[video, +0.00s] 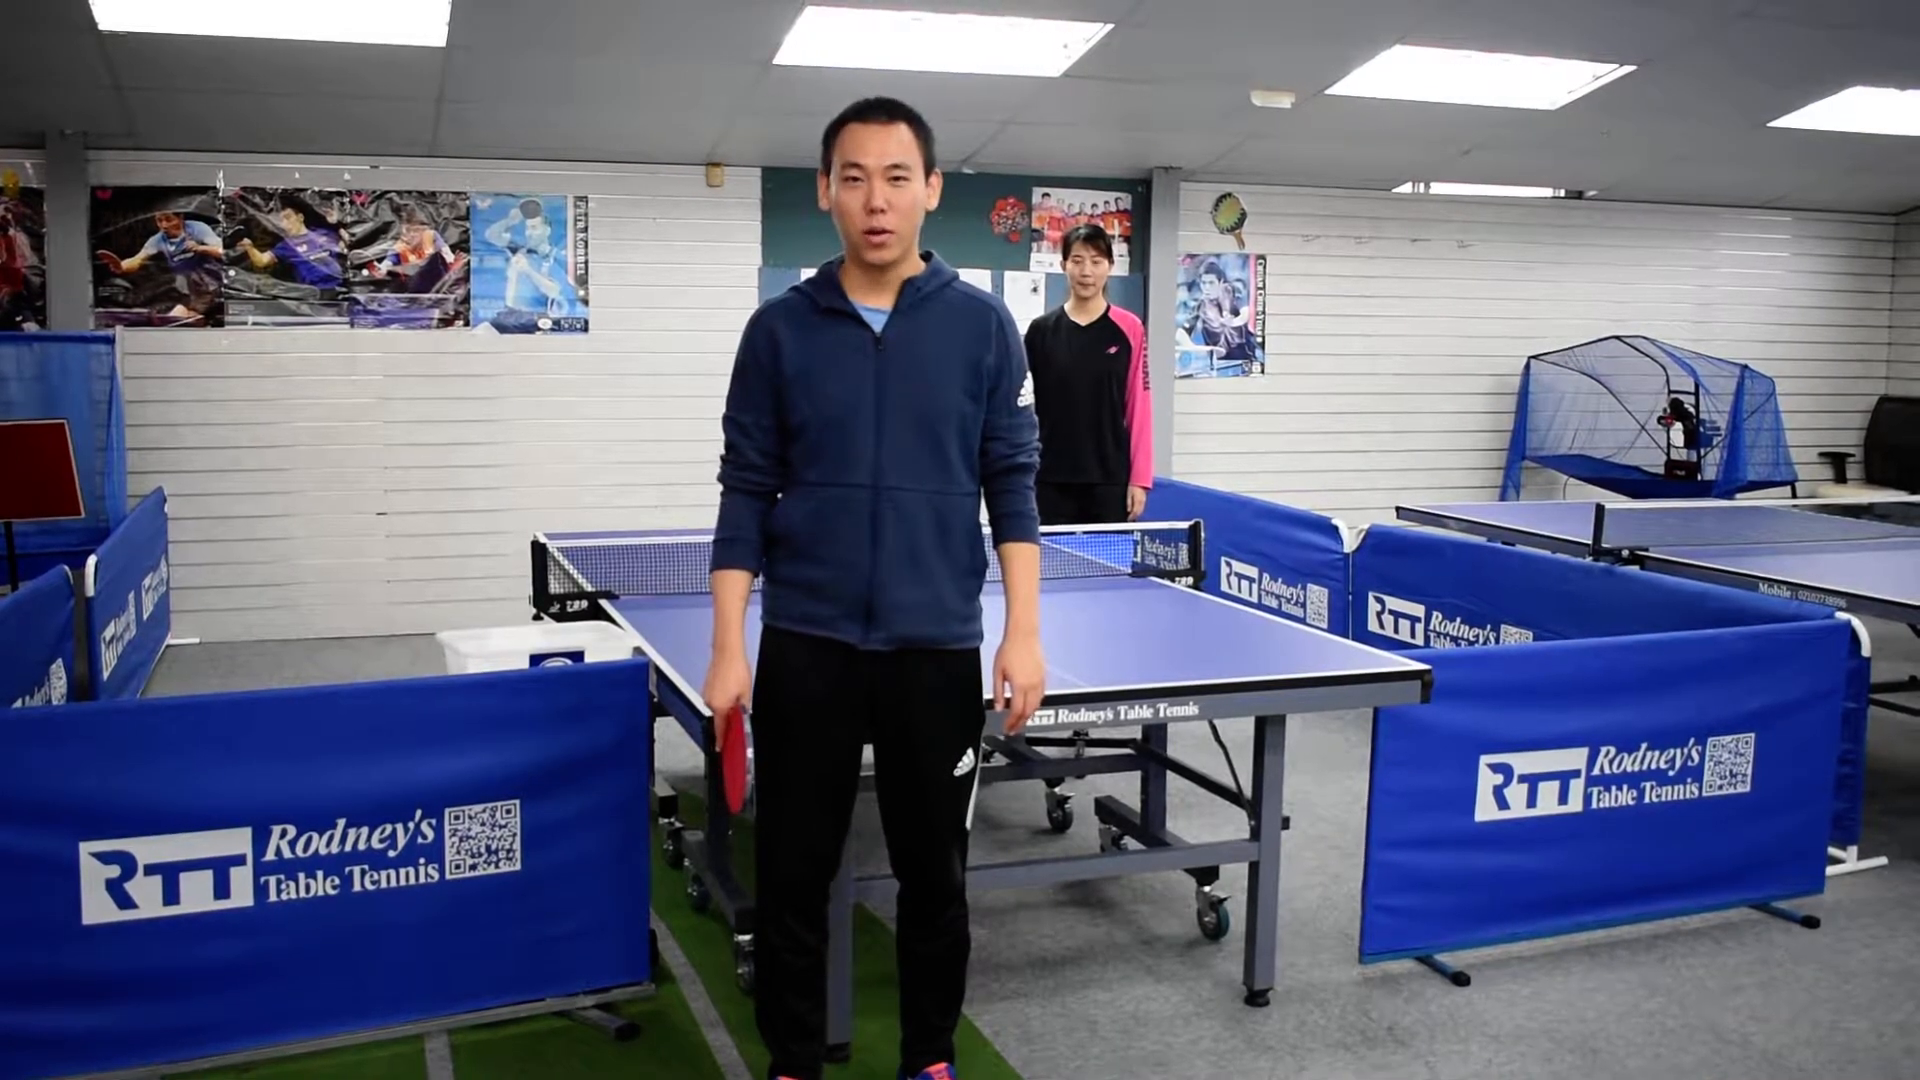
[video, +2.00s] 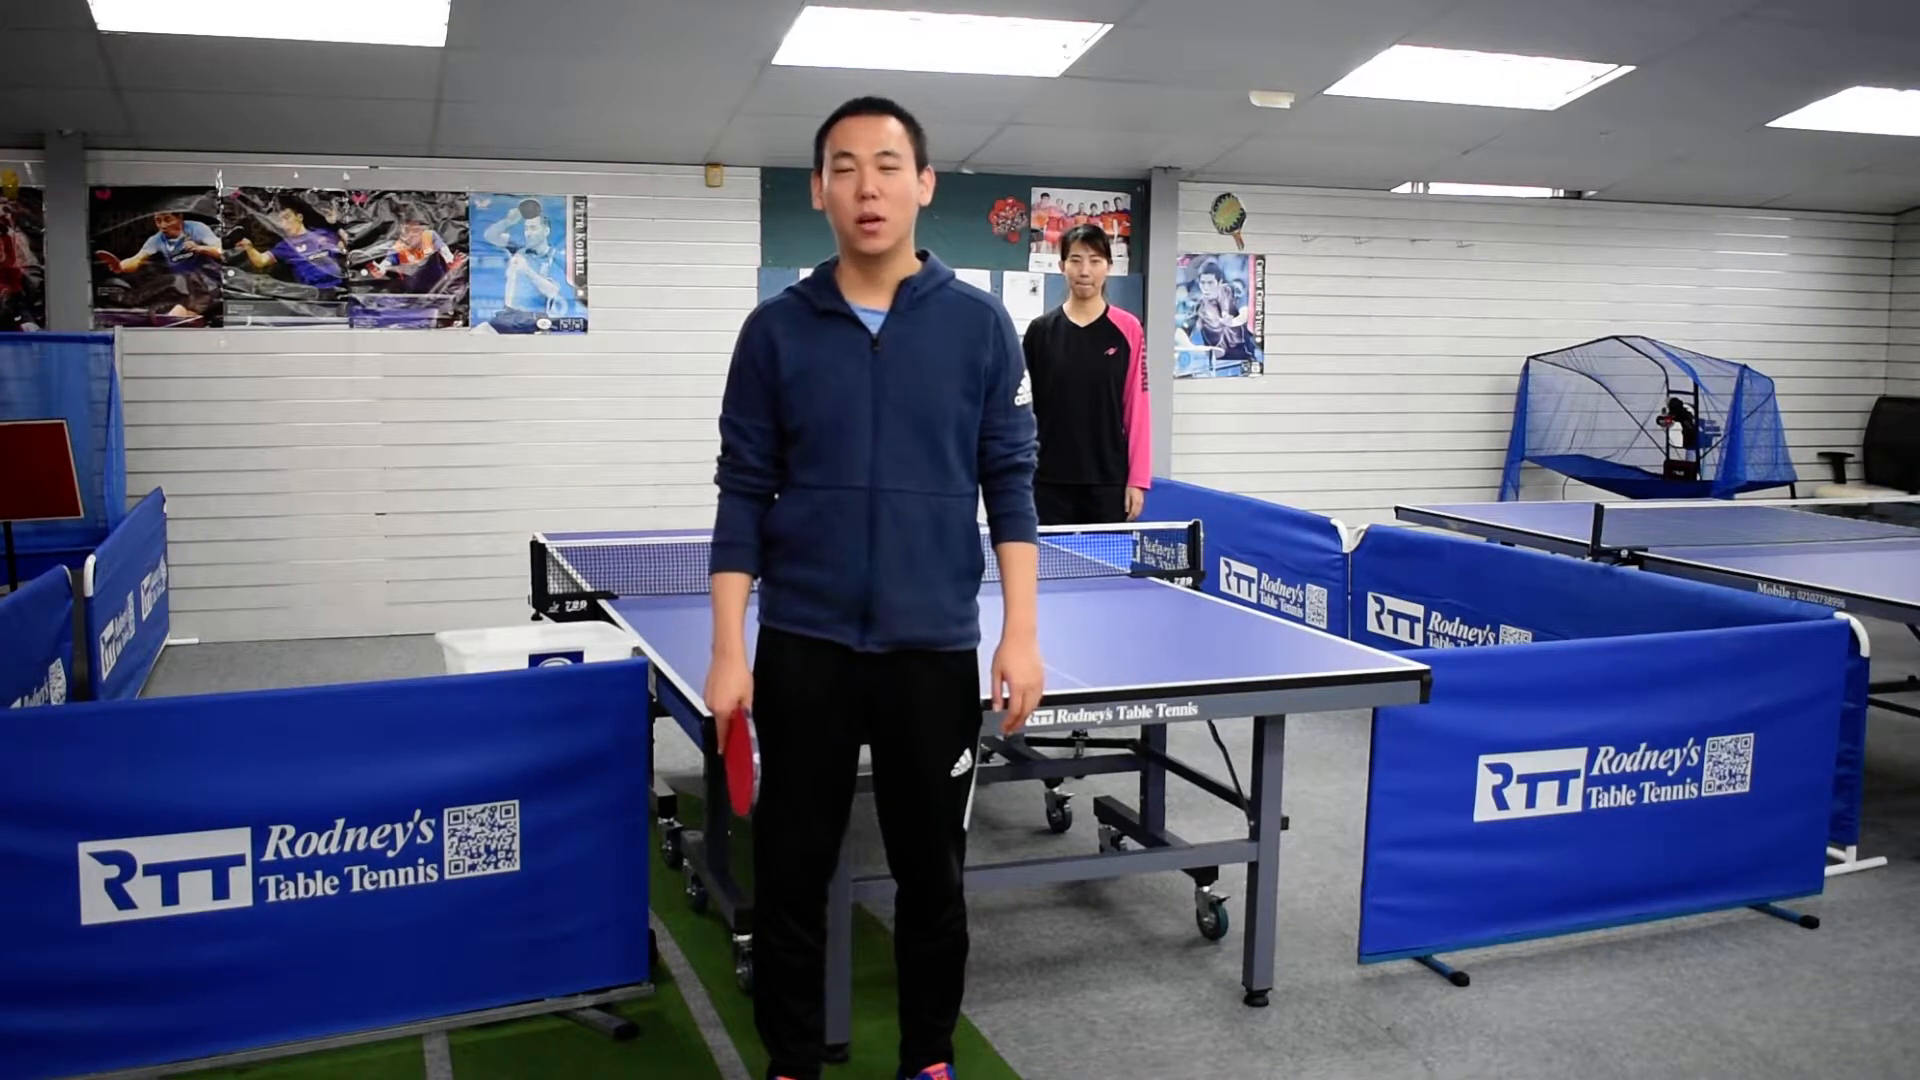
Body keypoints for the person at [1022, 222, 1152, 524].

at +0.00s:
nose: (1086, 272)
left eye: (1096, 262)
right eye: (1077, 261)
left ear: (1110, 267)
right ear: (1064, 266)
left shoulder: (1129, 329)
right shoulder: (1040, 331)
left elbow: (1139, 407)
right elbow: (1022, 404)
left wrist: (1140, 478)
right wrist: (1022, 478)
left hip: (1109, 482)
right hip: (1051, 481)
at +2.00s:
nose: (1085, 271)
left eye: (1095, 262)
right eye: (1075, 261)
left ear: (1108, 268)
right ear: (1063, 266)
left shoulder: (1128, 329)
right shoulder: (1039, 331)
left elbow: (1137, 407)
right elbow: (1022, 405)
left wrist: (1138, 479)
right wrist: (1020, 478)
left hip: (1107, 483)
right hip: (1049, 482)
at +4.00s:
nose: (1085, 271)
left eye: (1095, 262)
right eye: (1076, 261)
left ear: (1108, 267)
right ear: (1063, 266)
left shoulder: (1128, 329)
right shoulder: (1039, 331)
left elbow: (1137, 407)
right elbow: (1023, 405)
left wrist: (1138, 478)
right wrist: (1020, 477)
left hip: (1107, 482)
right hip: (1050, 480)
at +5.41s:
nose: (1085, 271)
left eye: (1095, 262)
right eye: (1075, 261)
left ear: (1108, 267)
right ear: (1063, 266)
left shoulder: (1128, 329)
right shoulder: (1039, 331)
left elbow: (1137, 407)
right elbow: (1023, 405)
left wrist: (1138, 479)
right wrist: (1021, 477)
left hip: (1107, 482)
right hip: (1050, 481)